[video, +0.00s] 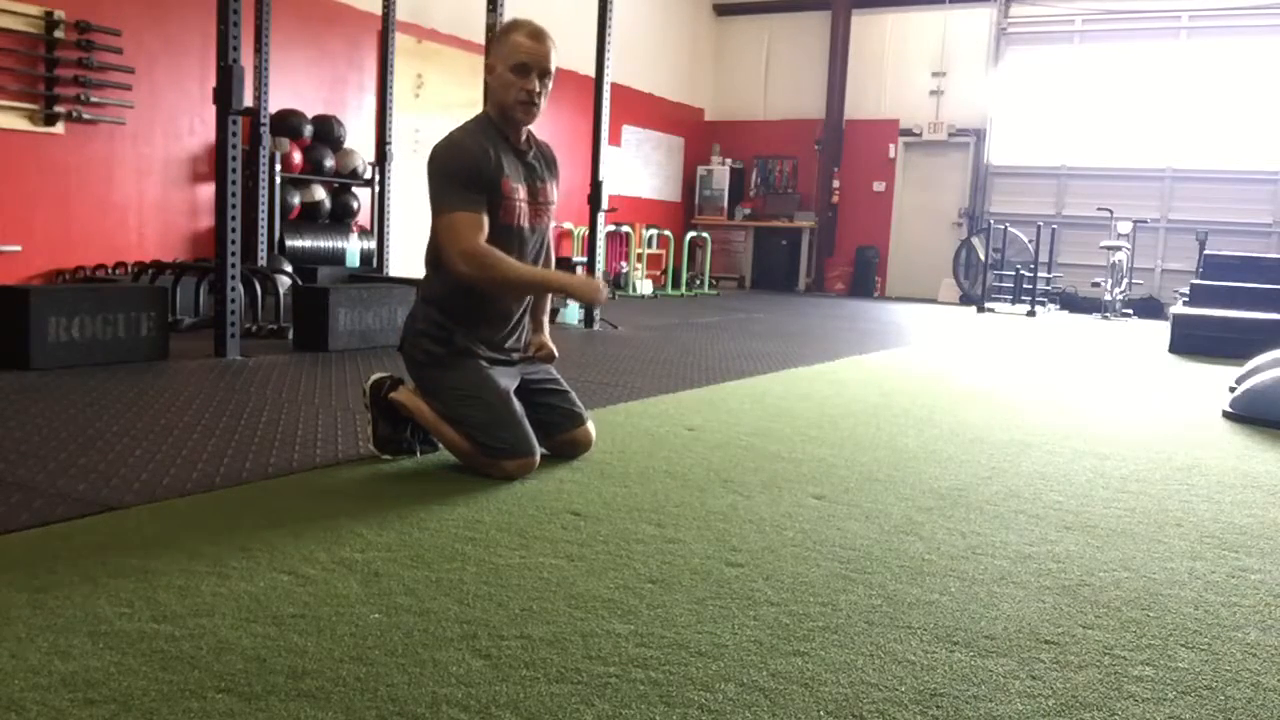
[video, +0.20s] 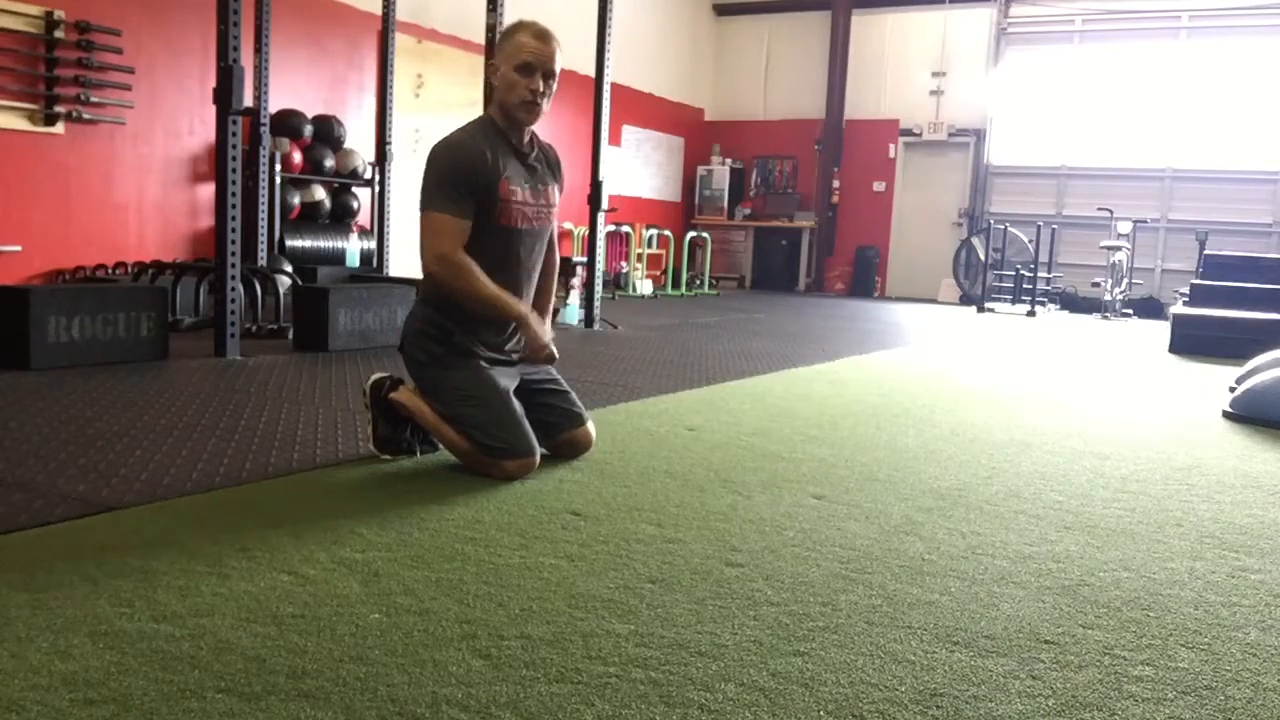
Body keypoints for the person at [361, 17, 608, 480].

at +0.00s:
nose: (532, 87)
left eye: (543, 76)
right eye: (519, 71)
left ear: (551, 84)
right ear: (488, 71)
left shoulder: (544, 158)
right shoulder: (462, 151)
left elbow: (541, 251)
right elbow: (463, 255)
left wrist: (540, 328)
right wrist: (566, 282)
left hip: (515, 344)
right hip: (451, 347)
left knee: (574, 439)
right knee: (514, 462)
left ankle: (450, 406)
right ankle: (399, 398)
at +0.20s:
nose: (538, 86)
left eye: (548, 76)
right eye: (525, 70)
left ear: (556, 86)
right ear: (493, 71)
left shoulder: (547, 160)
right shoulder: (460, 152)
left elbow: (548, 247)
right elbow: (441, 260)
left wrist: (540, 323)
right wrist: (526, 318)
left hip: (514, 342)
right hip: (451, 345)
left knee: (574, 439)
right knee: (514, 463)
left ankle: (445, 412)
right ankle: (398, 399)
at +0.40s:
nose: (539, 87)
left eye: (550, 77)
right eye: (526, 70)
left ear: (557, 87)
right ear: (494, 72)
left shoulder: (548, 161)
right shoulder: (458, 152)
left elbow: (549, 247)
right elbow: (420, 255)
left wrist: (543, 328)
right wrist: (492, 327)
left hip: (513, 339)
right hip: (448, 345)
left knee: (574, 439)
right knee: (514, 463)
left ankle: (445, 411)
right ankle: (398, 399)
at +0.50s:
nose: (538, 87)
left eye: (549, 77)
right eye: (525, 70)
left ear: (556, 87)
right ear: (493, 72)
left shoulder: (548, 160)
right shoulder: (456, 152)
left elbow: (549, 247)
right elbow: (420, 256)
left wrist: (543, 328)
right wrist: (493, 330)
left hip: (513, 338)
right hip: (447, 345)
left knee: (573, 439)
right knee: (514, 463)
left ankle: (445, 411)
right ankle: (398, 399)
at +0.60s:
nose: (536, 86)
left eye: (547, 76)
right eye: (523, 69)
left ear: (555, 85)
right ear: (491, 72)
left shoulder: (547, 160)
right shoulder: (455, 152)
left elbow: (549, 246)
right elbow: (422, 258)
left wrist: (542, 328)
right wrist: (494, 331)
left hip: (512, 338)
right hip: (446, 344)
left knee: (573, 439)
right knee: (514, 463)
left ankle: (445, 410)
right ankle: (399, 399)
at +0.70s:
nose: (535, 85)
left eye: (545, 74)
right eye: (522, 68)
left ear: (554, 84)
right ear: (491, 72)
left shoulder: (547, 160)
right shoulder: (455, 152)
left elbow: (548, 247)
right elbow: (423, 259)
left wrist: (542, 328)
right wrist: (495, 332)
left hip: (511, 338)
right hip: (446, 344)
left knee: (574, 439)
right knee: (514, 463)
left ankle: (447, 410)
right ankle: (399, 400)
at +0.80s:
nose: (534, 84)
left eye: (545, 74)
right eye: (522, 68)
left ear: (554, 84)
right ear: (491, 72)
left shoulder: (547, 160)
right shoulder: (454, 152)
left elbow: (548, 248)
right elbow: (423, 259)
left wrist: (541, 328)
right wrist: (492, 332)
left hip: (511, 337)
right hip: (447, 342)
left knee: (574, 439)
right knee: (515, 462)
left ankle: (446, 411)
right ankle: (399, 400)